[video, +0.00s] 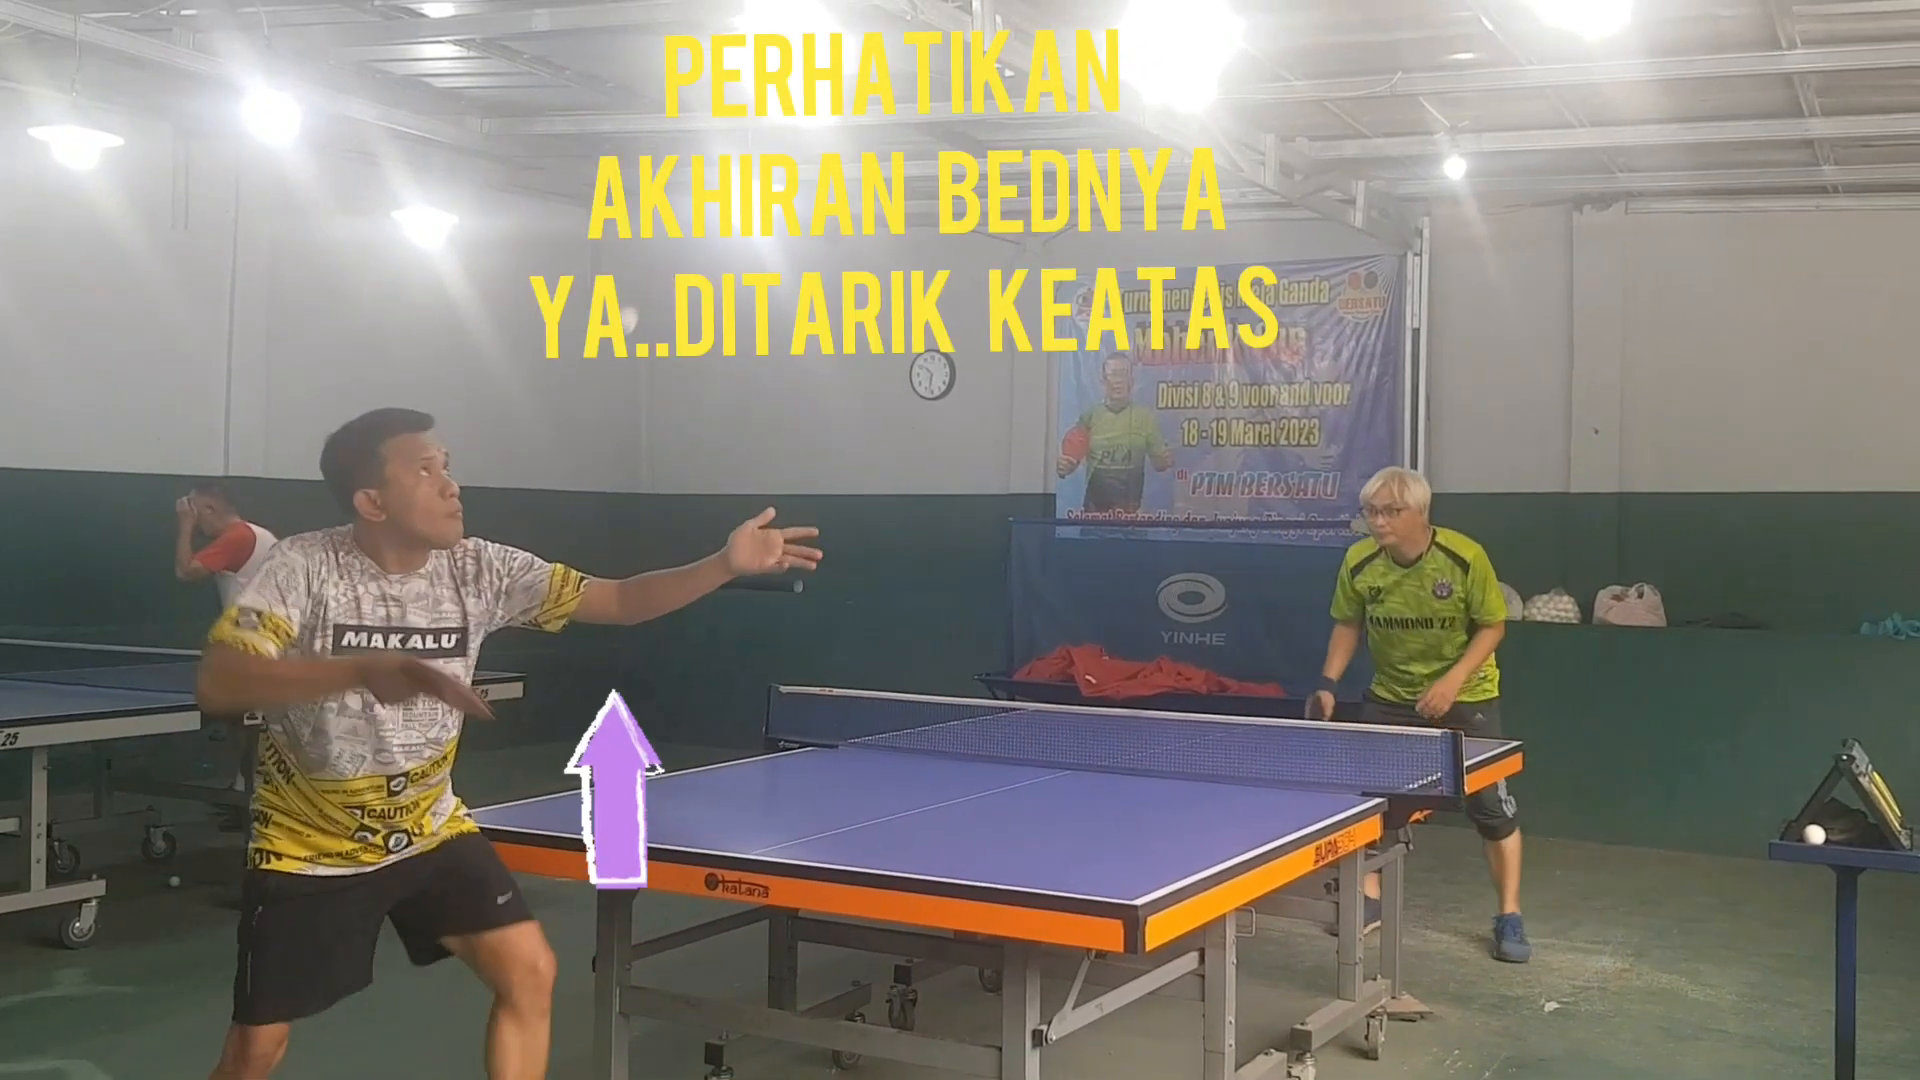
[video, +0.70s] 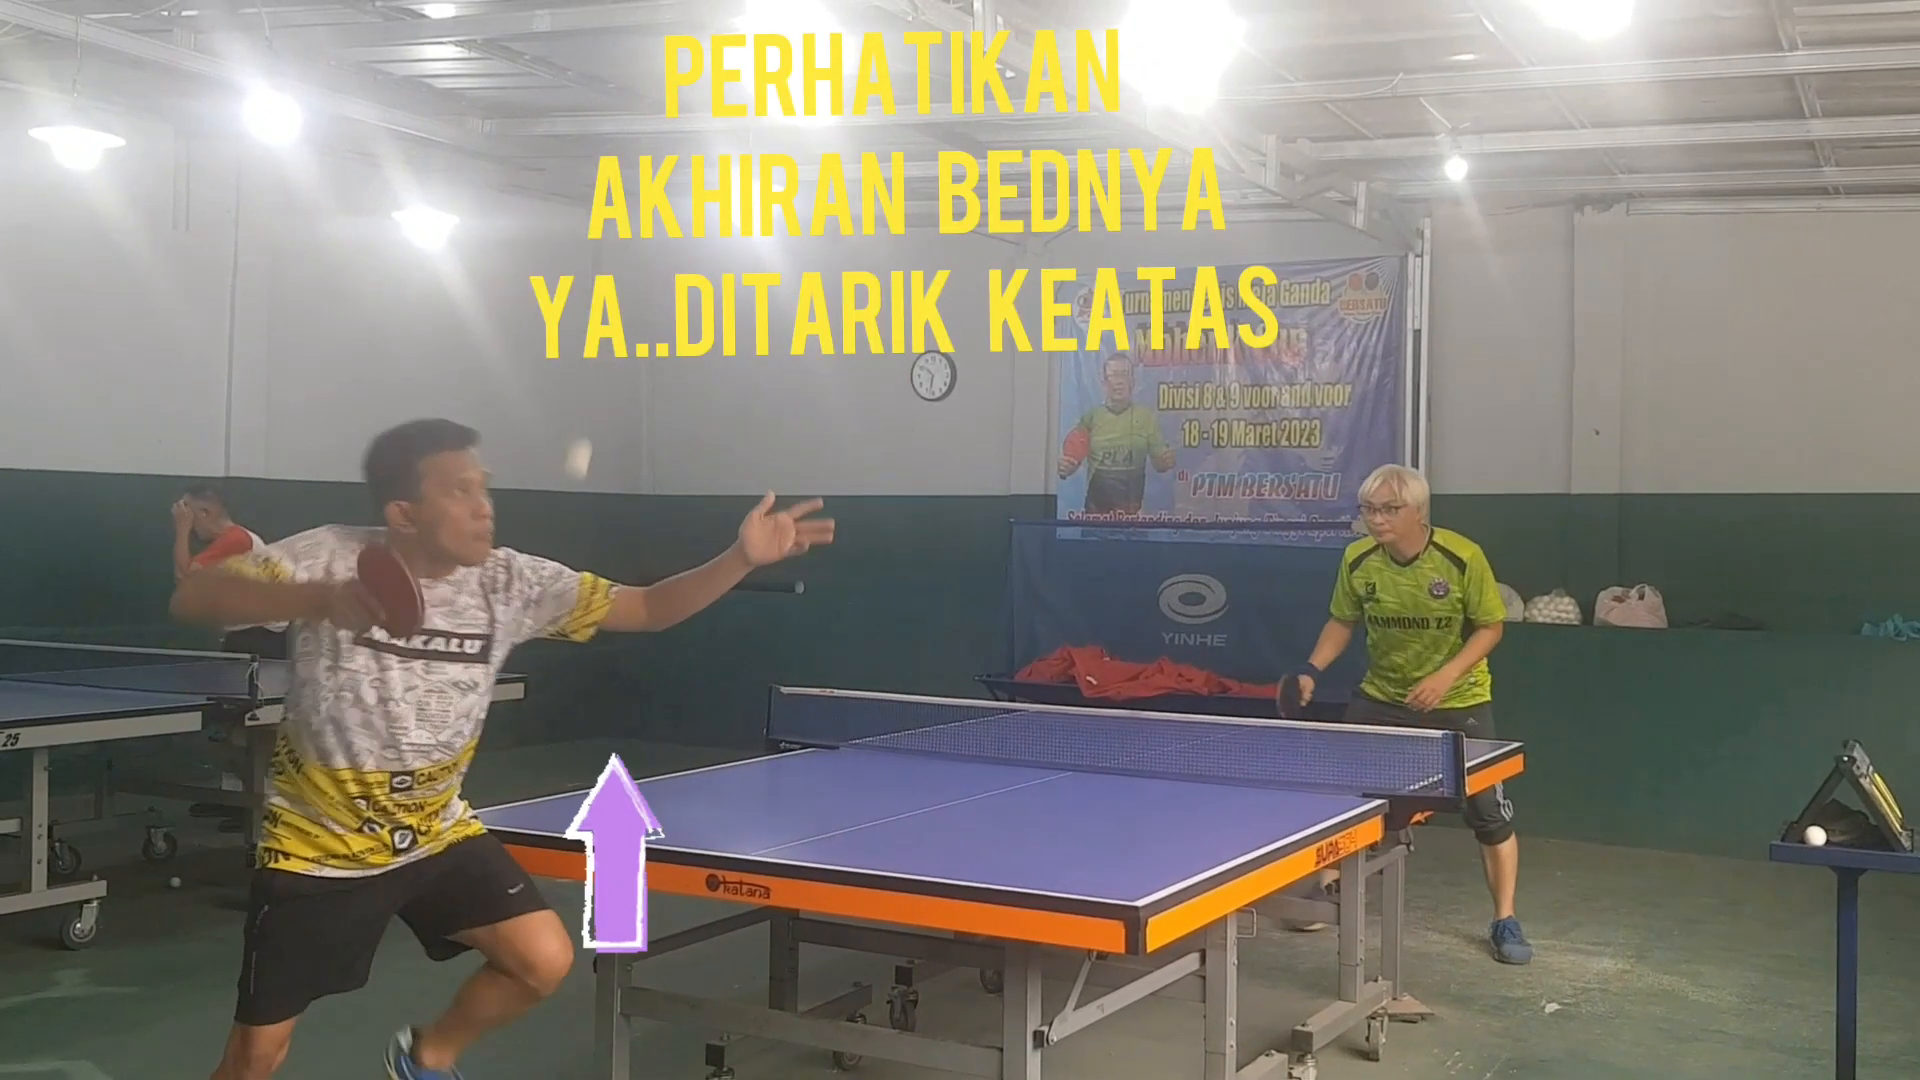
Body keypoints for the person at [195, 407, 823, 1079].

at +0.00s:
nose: (452, 481)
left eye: (448, 465)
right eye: (427, 469)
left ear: (444, 477)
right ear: (368, 500)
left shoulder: (480, 569)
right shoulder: (297, 569)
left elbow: (617, 601)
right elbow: (218, 683)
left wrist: (725, 564)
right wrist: (362, 670)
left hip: (429, 827)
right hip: (306, 841)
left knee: (529, 970)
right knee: (258, 1043)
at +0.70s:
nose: (487, 507)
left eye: (485, 489)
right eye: (467, 493)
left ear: (483, 501)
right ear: (403, 514)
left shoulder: (510, 581)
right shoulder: (327, 560)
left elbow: (642, 608)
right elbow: (192, 597)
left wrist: (742, 557)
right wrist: (320, 601)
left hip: (434, 828)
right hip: (316, 843)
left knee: (542, 962)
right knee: (257, 1051)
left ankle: (426, 1057)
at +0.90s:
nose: (503, 519)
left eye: (502, 501)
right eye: (483, 503)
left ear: (499, 510)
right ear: (419, 518)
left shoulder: (523, 586)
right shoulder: (348, 558)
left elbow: (658, 608)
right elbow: (196, 574)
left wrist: (746, 550)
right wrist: (329, 588)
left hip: (439, 831)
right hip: (321, 842)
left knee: (544, 965)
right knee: (259, 1050)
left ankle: (421, 1047)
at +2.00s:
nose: (659, 617)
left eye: (666, 600)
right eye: (654, 595)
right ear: (602, 575)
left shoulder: (612, 661)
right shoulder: (490, 591)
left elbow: (696, 690)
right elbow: (366, 662)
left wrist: (687, 566)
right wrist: (502, 616)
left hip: (502, 889)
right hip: (394, 883)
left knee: (606, 1031)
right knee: (333, 1068)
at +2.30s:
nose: (686, 635)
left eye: (692, 619)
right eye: (683, 615)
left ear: (637, 610)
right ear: (638, 606)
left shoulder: (624, 684)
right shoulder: (512, 611)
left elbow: (711, 729)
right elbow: (380, 689)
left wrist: (717, 614)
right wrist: (475, 607)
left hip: (508, 894)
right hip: (407, 887)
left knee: (615, 1037)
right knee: (370, 1071)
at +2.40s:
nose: (686, 635)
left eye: (692, 619)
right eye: (684, 615)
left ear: (636, 610)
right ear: (637, 605)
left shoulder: (625, 684)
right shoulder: (512, 611)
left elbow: (712, 729)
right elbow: (380, 689)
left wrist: (718, 614)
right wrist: (475, 607)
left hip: (508, 894)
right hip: (407, 887)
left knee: (615, 1037)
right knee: (370, 1071)